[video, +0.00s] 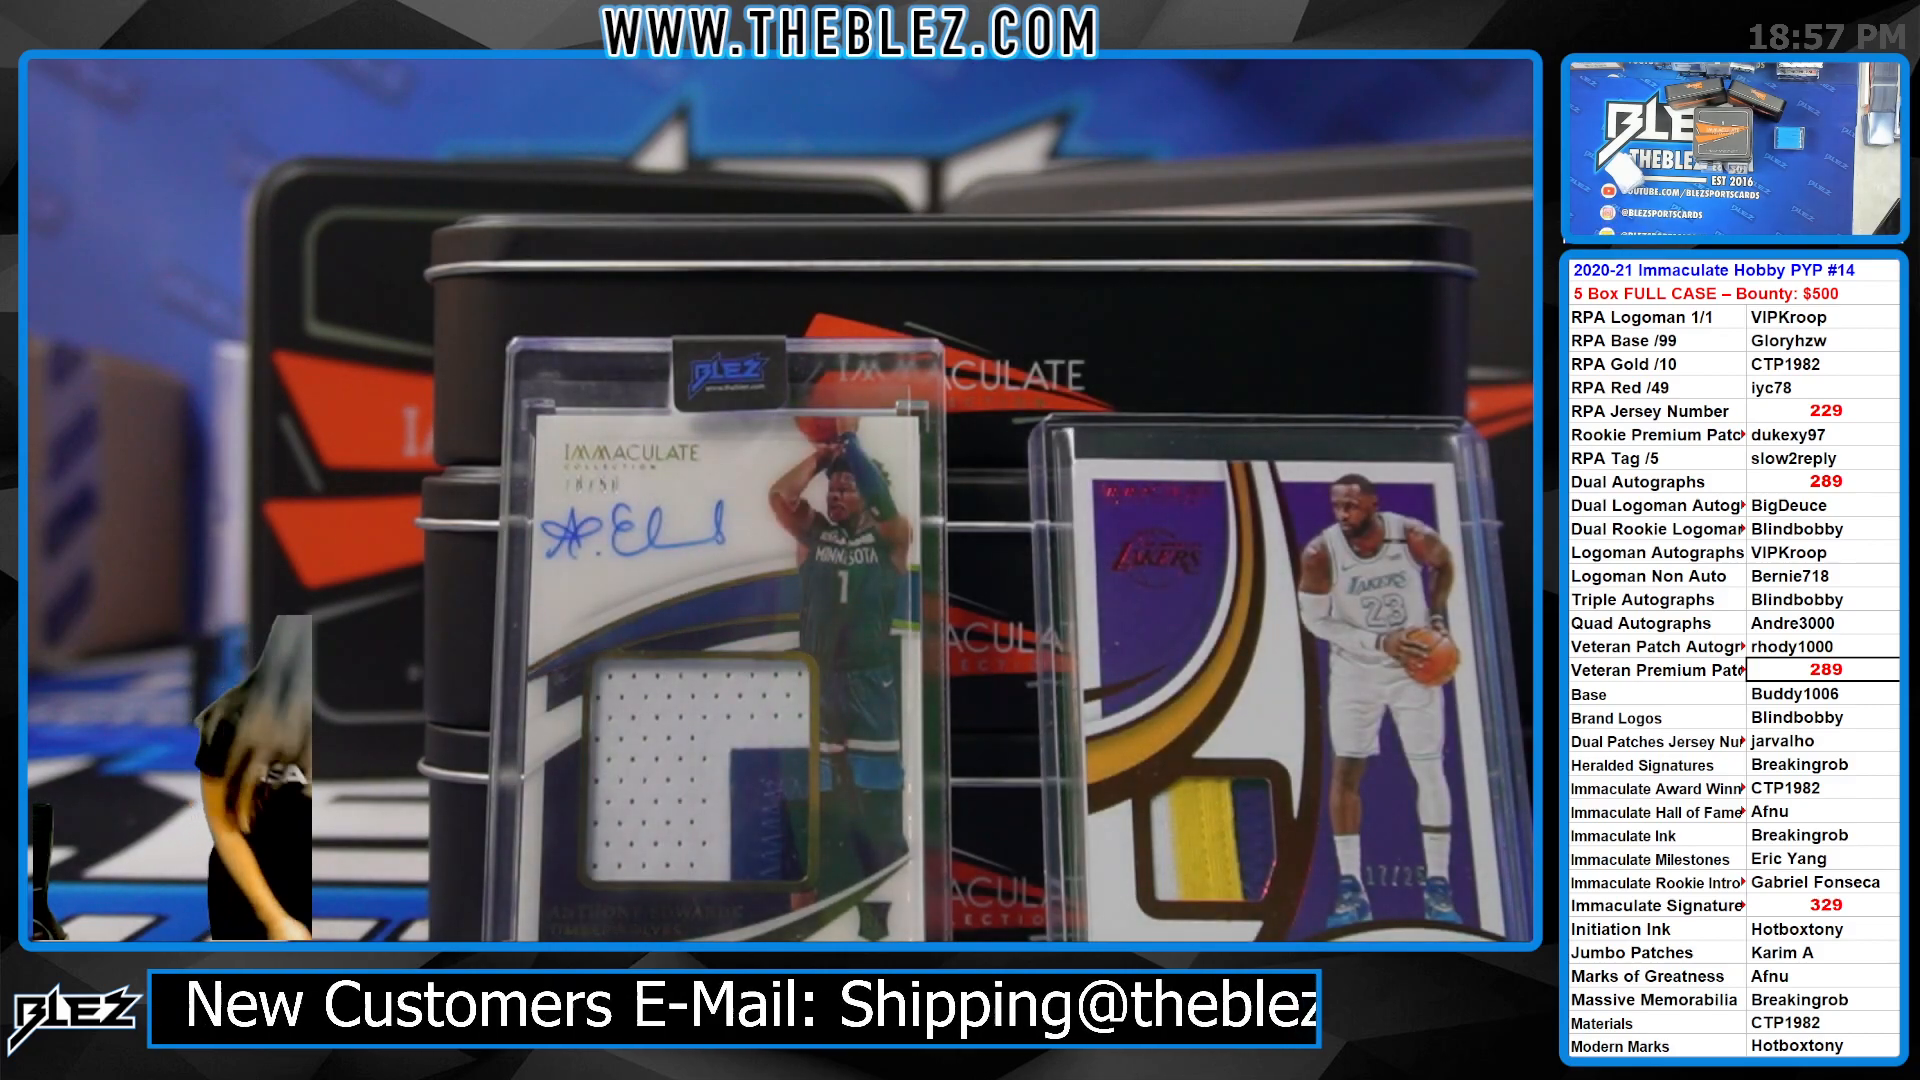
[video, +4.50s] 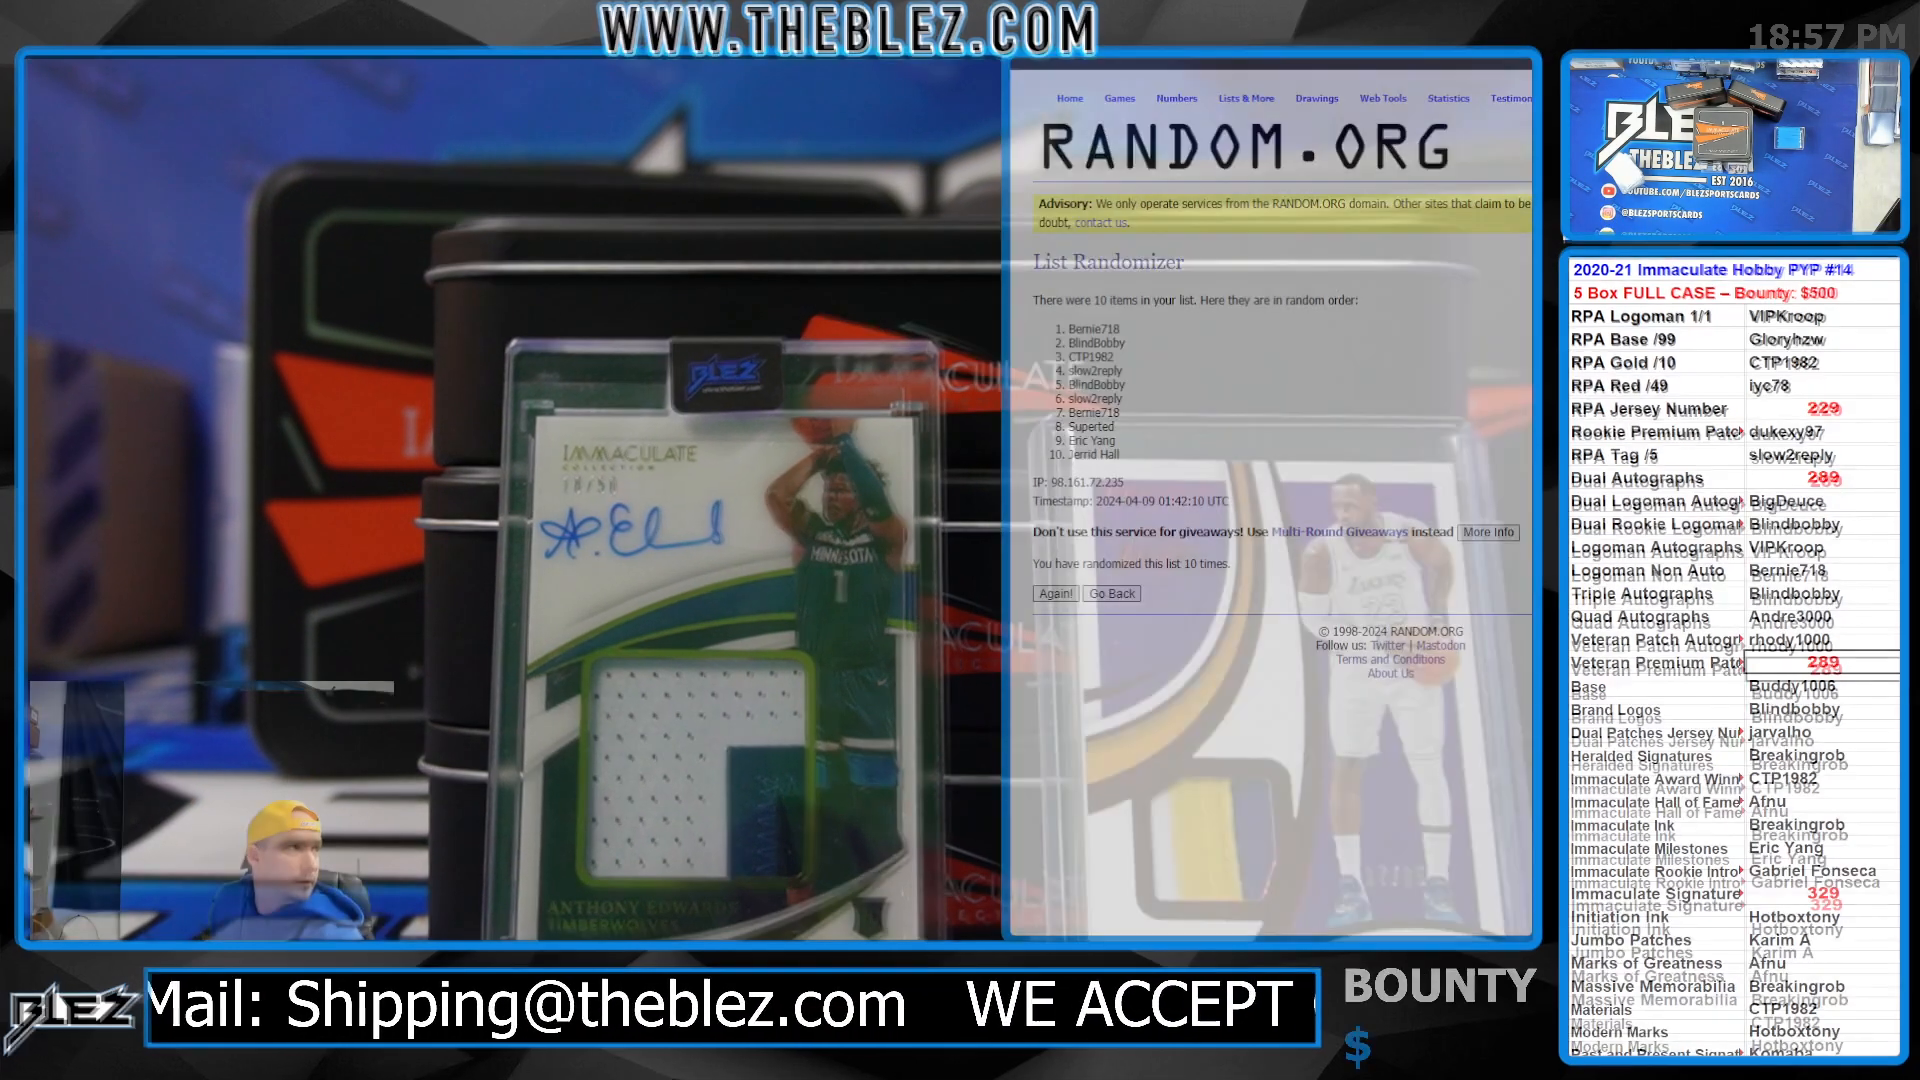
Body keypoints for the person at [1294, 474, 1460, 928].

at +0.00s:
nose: (1343, 514)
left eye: (1351, 505)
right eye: (1337, 506)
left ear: (1374, 505)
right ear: (1332, 509)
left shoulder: (1413, 536)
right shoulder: (1319, 554)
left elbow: (1445, 564)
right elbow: (1315, 621)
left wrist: (1437, 615)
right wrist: (1378, 641)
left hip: (1414, 672)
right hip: (1354, 674)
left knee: (1430, 772)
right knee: (1348, 773)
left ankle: (1438, 885)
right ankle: (1351, 888)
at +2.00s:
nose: (1342, 514)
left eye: (1351, 505)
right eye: (1337, 506)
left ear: (1373, 505)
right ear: (1332, 509)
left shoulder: (1413, 536)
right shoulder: (1319, 555)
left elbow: (1444, 564)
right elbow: (1315, 620)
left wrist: (1436, 617)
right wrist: (1379, 642)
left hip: (1414, 673)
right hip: (1354, 674)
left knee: (1430, 772)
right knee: (1348, 773)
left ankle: (1438, 884)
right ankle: (1350, 888)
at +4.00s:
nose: (1342, 514)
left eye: (1351, 505)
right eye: (1337, 506)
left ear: (1373, 505)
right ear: (1332, 509)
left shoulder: (1413, 536)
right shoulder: (1319, 555)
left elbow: (1444, 565)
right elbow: (1315, 621)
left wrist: (1436, 618)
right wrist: (1379, 641)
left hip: (1414, 673)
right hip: (1354, 674)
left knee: (1430, 771)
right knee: (1348, 773)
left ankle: (1438, 884)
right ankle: (1350, 888)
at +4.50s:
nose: (1345, 514)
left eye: (1353, 505)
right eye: (1338, 507)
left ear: (1373, 503)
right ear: (1331, 510)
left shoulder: (1407, 532)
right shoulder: (1322, 551)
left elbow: (1443, 563)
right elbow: (1314, 622)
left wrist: (1434, 620)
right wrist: (1364, 646)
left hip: (1415, 674)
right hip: (1353, 677)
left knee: (1429, 772)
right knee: (1348, 772)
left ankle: (1437, 884)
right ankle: (1350, 887)